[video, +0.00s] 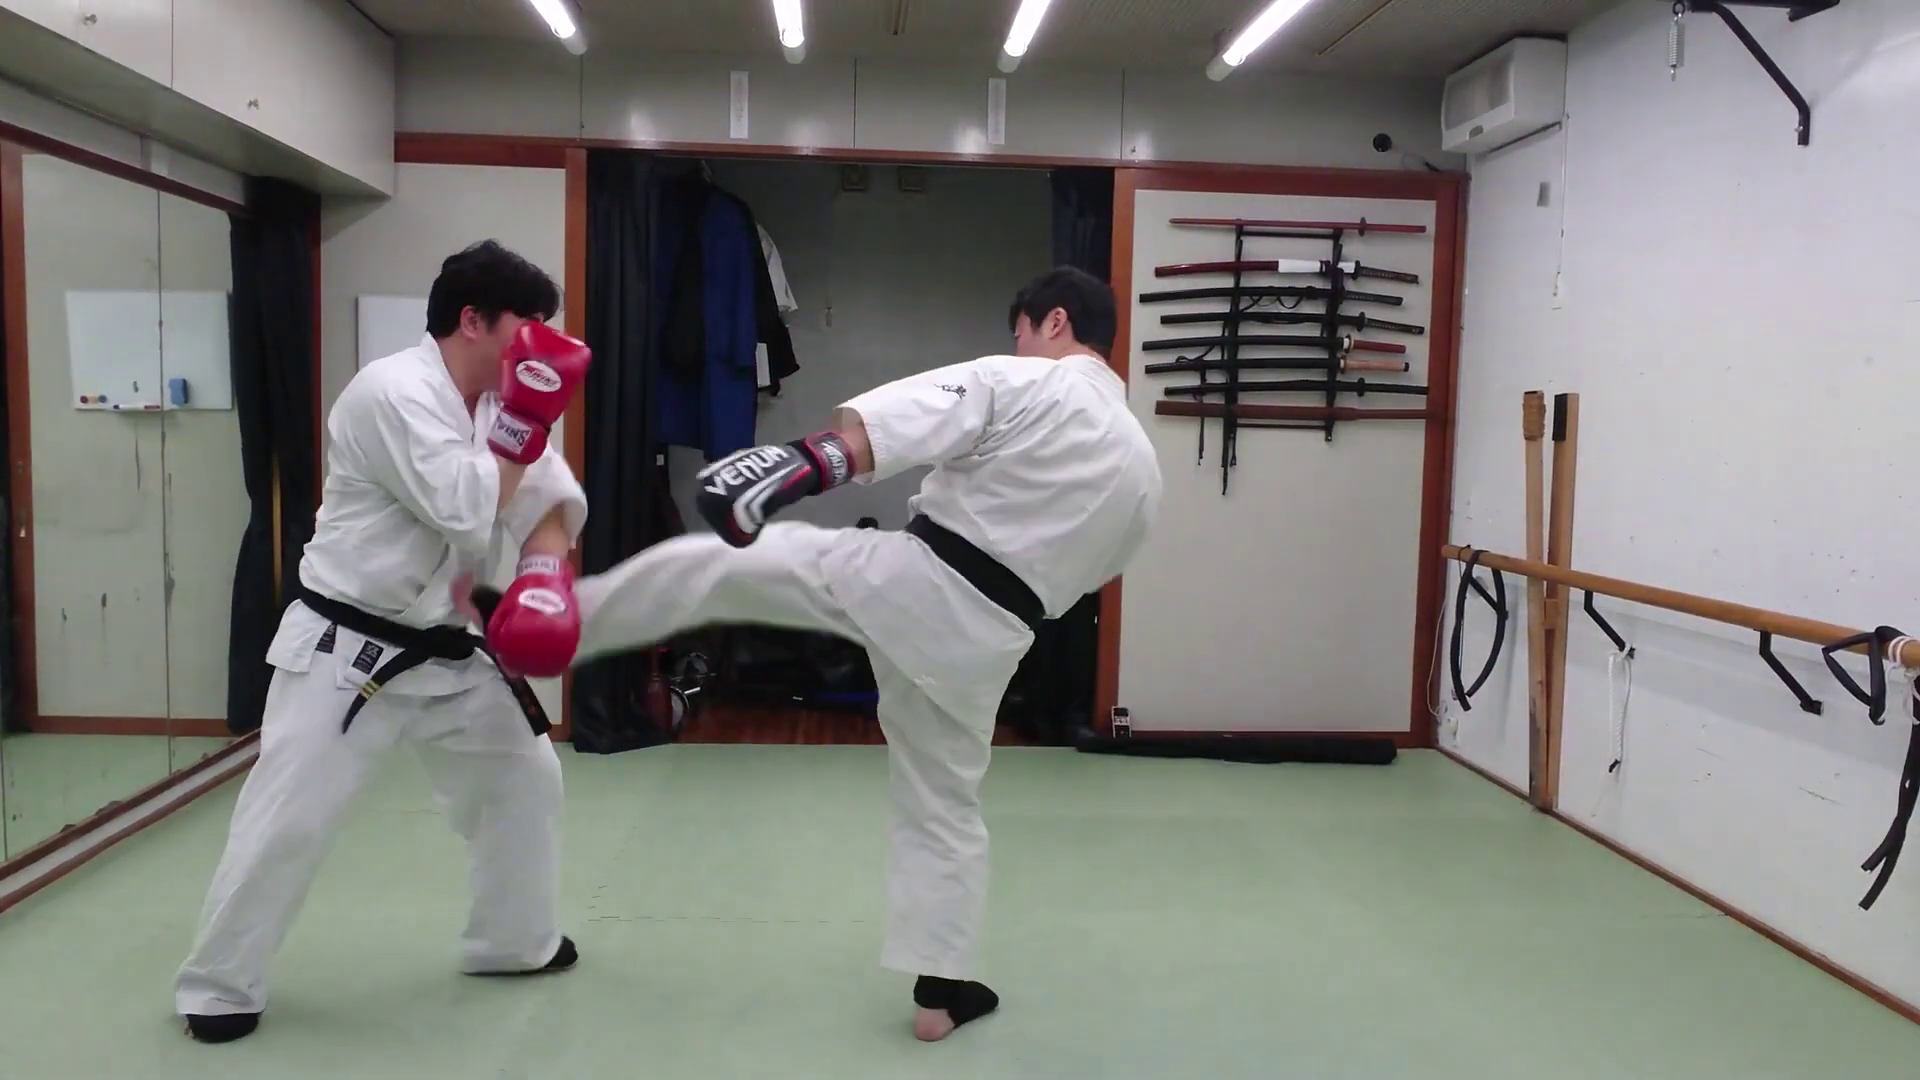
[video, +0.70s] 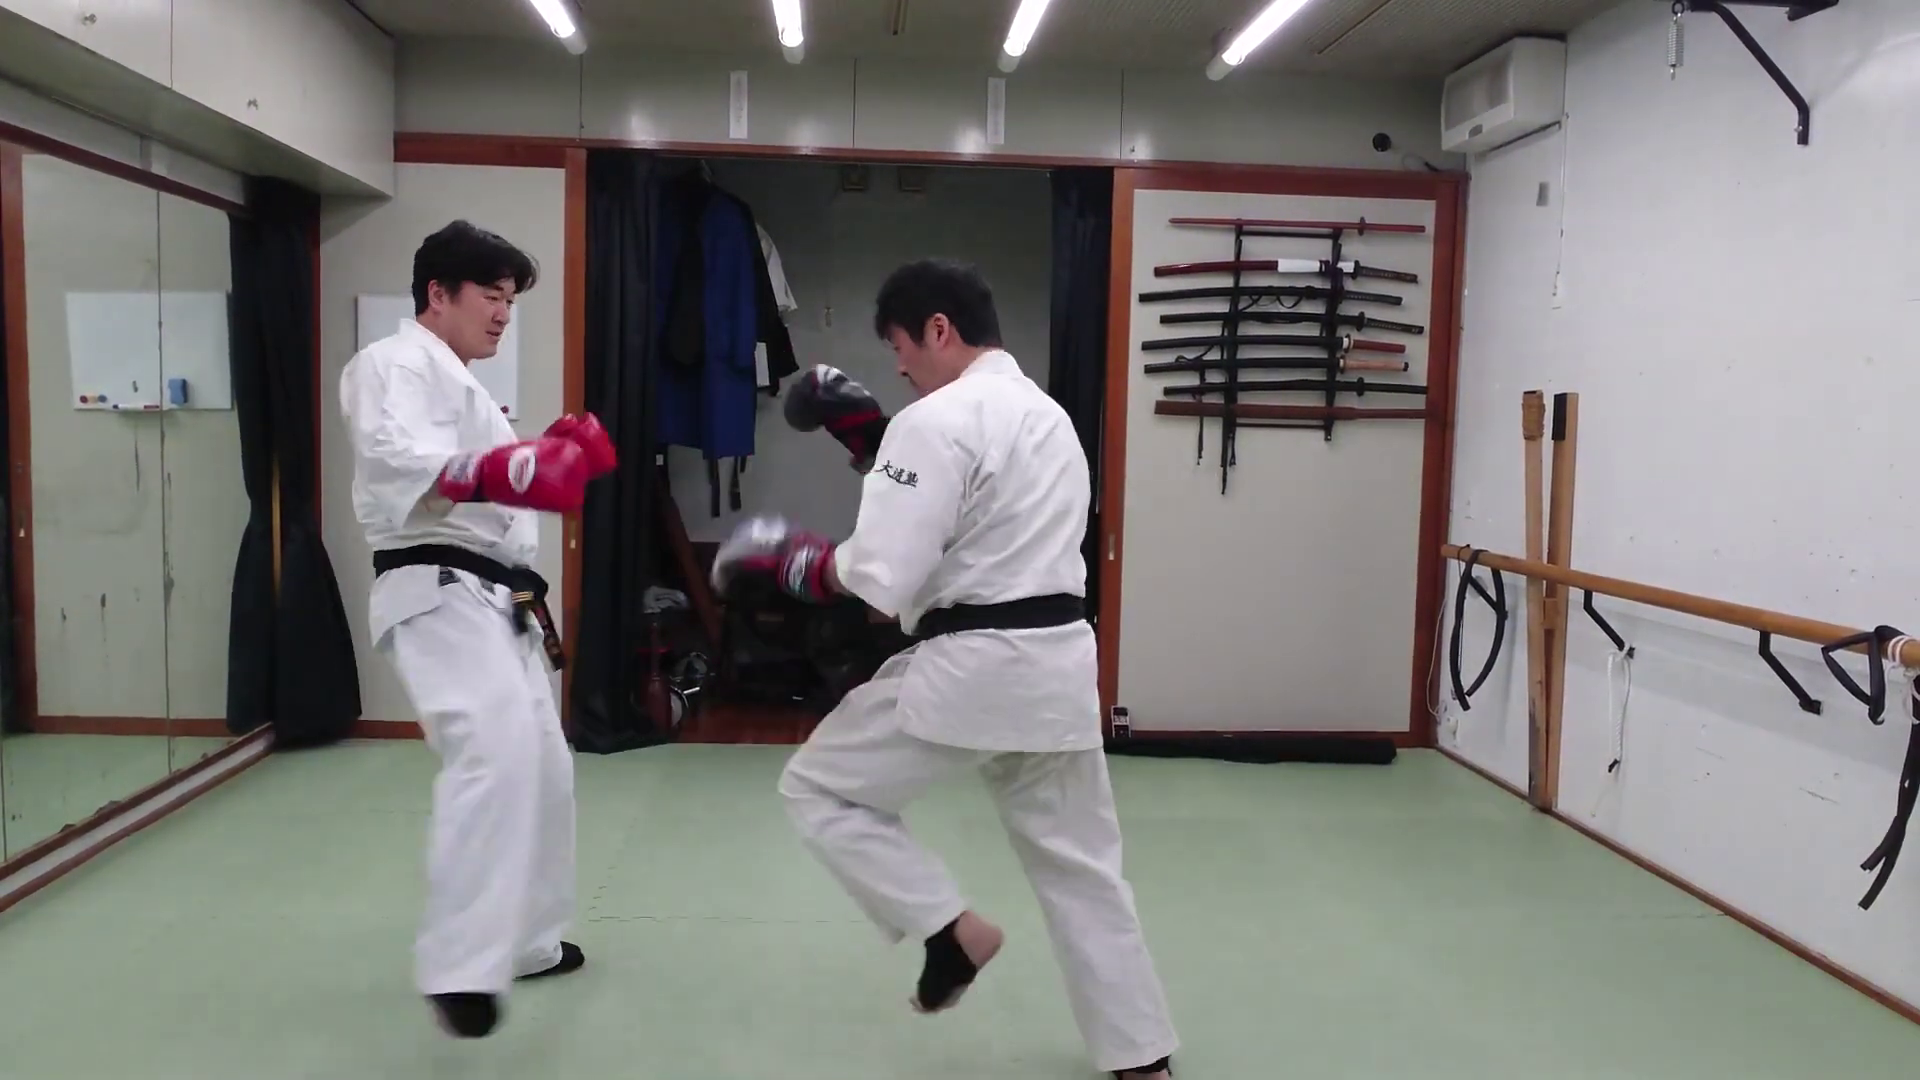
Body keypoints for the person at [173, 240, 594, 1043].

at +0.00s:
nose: (534, 351)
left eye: (539, 336)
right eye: (526, 332)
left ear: (483, 328)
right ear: (473, 323)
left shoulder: (496, 407)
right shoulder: (392, 389)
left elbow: (555, 507)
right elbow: (464, 516)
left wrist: (541, 576)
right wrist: (522, 431)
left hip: (448, 651)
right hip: (344, 642)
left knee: (527, 777)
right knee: (287, 819)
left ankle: (510, 942)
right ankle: (219, 987)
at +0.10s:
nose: (538, 330)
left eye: (544, 316)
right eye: (528, 309)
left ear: (488, 312)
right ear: (475, 302)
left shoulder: (519, 408)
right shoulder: (405, 370)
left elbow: (544, 520)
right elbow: (463, 465)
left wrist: (542, 605)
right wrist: (555, 404)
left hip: (483, 647)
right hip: (379, 634)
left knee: (531, 788)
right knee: (331, 809)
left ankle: (508, 946)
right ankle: (230, 980)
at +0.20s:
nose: (536, 329)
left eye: (542, 315)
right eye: (528, 310)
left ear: (489, 304)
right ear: (474, 297)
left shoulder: (490, 389)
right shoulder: (414, 358)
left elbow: (488, 502)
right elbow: (461, 447)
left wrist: (562, 527)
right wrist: (559, 442)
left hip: (504, 617)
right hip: (427, 611)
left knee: (548, 778)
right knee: (474, 766)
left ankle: (511, 943)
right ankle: (319, 877)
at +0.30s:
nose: (534, 331)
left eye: (541, 319)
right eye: (524, 314)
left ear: (480, 313)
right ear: (472, 304)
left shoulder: (474, 378)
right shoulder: (436, 359)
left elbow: (491, 477)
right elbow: (434, 475)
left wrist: (567, 449)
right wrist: (511, 521)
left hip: (436, 593)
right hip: (452, 581)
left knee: (525, 756)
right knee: (605, 668)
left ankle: (512, 944)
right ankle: (498, 822)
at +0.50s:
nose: (519, 335)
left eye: (524, 323)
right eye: (509, 317)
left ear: (465, 317)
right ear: (457, 308)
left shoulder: (481, 388)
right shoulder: (431, 368)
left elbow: (503, 470)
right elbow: (429, 473)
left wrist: (553, 419)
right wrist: (457, 572)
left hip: (440, 597)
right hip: (475, 572)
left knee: (547, 759)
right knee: (621, 658)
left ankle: (511, 944)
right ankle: (713, 799)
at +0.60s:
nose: (512, 326)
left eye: (518, 312)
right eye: (500, 308)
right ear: (448, 304)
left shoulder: (476, 388)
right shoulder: (414, 366)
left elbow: (492, 482)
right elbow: (416, 478)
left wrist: (550, 439)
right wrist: (486, 538)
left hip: (492, 580)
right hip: (449, 582)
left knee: (542, 756)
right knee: (567, 702)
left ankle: (509, 942)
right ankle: (652, 864)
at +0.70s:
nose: (505, 313)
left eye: (510, 299)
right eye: (491, 296)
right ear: (439, 294)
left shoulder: (476, 396)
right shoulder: (393, 361)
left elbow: (491, 493)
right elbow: (391, 463)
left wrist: (549, 458)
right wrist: (498, 470)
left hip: (498, 594)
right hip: (436, 589)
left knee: (546, 759)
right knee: (495, 751)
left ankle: (531, 941)